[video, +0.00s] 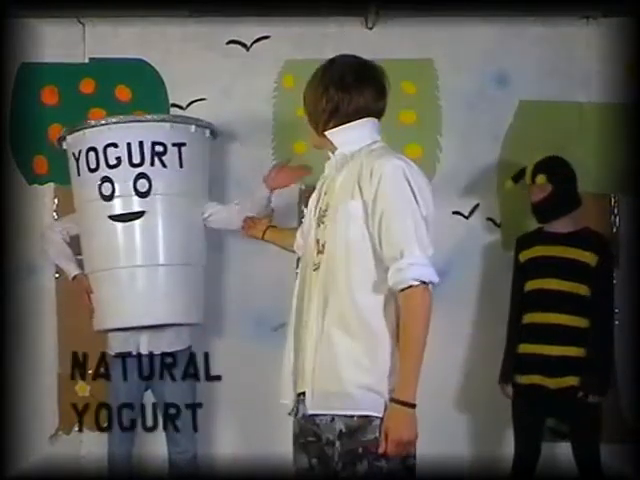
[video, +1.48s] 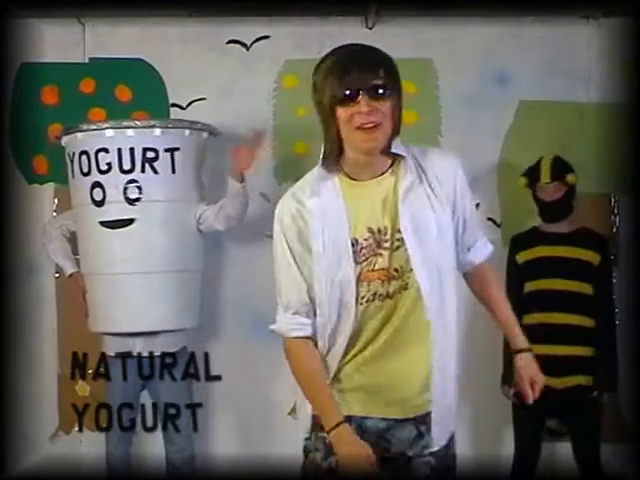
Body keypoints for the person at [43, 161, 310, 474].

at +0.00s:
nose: (140, 189)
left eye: (147, 182)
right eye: (134, 182)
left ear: (159, 184)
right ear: (123, 185)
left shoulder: (179, 209)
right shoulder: (107, 216)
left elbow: (238, 217)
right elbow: (55, 232)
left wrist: (268, 188)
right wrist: (76, 274)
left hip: (174, 338)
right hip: (124, 341)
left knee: (182, 434)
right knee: (122, 432)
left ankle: (185, 477)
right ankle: (119, 479)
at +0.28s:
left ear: (168, 188)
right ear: (125, 186)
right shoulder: (109, 215)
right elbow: (53, 230)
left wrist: (222, 188)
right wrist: (76, 274)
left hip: (174, 338)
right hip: (123, 341)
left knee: (183, 436)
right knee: (122, 430)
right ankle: (118, 479)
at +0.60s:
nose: (137, 187)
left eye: (144, 181)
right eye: (129, 182)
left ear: (159, 179)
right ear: (117, 182)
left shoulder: (178, 205)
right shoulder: (105, 213)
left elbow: (226, 215)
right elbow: (56, 231)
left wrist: (246, 178)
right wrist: (74, 275)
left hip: (174, 333)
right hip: (122, 338)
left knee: (182, 429)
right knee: (122, 429)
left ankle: (185, 476)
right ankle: (119, 479)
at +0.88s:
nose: (140, 188)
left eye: (148, 183)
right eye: (132, 182)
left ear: (162, 185)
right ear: (120, 183)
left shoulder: (179, 208)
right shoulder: (106, 214)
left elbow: (225, 219)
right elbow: (54, 229)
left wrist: (220, 180)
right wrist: (75, 274)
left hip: (175, 336)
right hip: (122, 340)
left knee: (182, 433)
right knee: (121, 432)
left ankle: (184, 475)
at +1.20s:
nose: (136, 193)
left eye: (145, 186)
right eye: (129, 186)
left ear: (159, 187)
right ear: (118, 187)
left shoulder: (178, 214)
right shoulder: (105, 216)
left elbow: (228, 221)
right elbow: (53, 229)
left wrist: (228, 180)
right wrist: (75, 274)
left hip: (172, 342)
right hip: (122, 344)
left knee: (181, 432)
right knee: (121, 432)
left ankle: (184, 477)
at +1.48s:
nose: (134, 188)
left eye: (142, 180)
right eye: (126, 180)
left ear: (159, 183)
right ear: (115, 183)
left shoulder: (176, 211)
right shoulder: (103, 212)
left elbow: (224, 217)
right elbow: (54, 229)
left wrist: (238, 176)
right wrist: (75, 272)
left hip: (170, 341)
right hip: (120, 342)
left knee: (180, 431)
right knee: (120, 432)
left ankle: (183, 478)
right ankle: (117, 479)